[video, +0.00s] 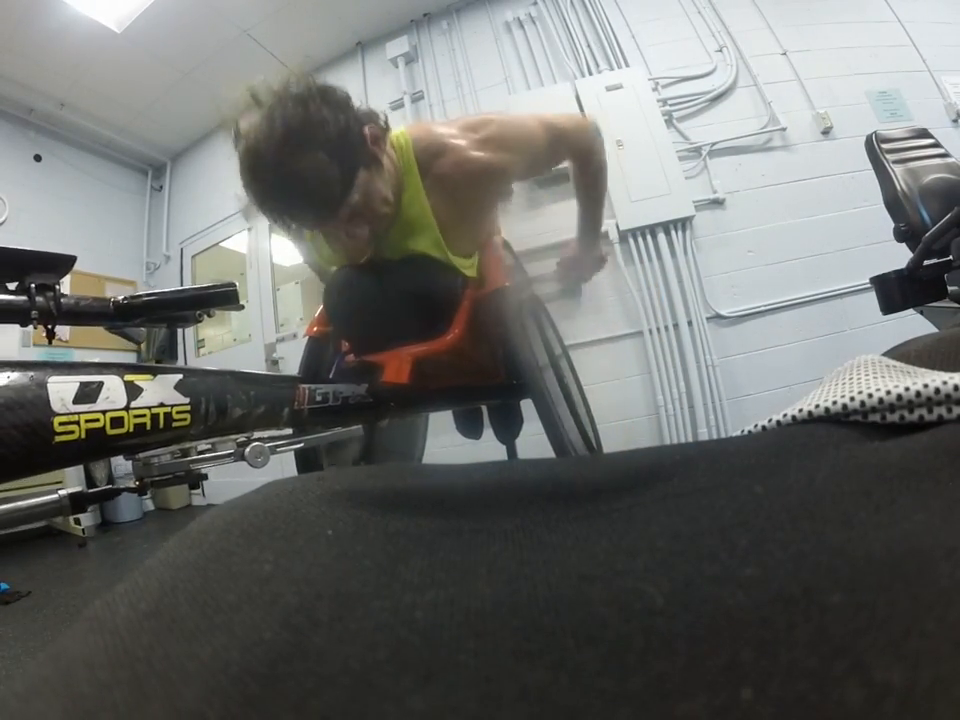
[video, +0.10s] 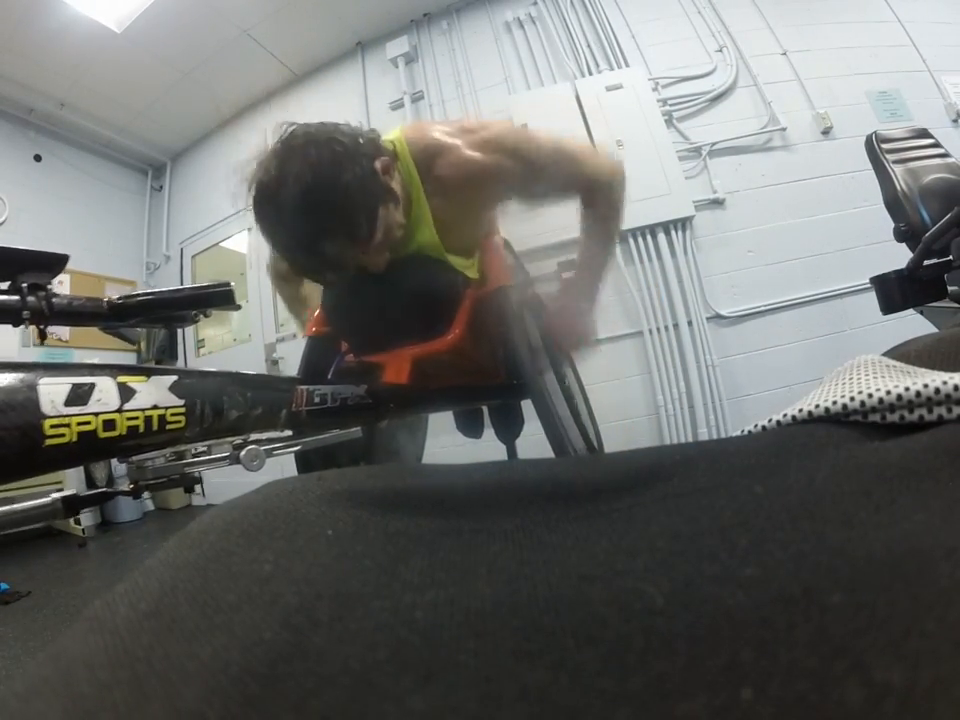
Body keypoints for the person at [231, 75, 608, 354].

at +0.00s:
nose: (348, 241)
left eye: (356, 210)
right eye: (322, 227)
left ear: (376, 145)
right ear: (292, 220)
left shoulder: (464, 159)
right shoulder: (303, 218)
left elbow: (583, 137)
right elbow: (338, 293)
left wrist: (589, 244)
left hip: (471, 286)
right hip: (381, 304)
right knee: (349, 298)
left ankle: (489, 381)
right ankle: (454, 387)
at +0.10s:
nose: (375, 265)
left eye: (376, 238)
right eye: (351, 264)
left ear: (387, 173)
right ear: (307, 250)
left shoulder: (464, 163)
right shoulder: (307, 234)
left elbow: (604, 176)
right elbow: (284, 275)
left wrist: (579, 299)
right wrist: (321, 334)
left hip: (471, 306)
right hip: (376, 330)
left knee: (415, 287)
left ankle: (483, 385)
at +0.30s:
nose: (337, 223)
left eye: (340, 192)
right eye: (311, 214)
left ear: (360, 133)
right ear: (284, 207)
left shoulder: (458, 171)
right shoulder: (296, 233)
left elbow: (567, 250)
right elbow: (329, 324)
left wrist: (601, 337)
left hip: (484, 321)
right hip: (388, 349)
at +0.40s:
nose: (338, 213)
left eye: (344, 186)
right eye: (313, 204)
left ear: (367, 127)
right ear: (290, 196)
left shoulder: (454, 163)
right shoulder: (298, 221)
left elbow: (578, 183)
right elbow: (321, 285)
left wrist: (606, 267)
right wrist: (350, 332)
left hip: (474, 301)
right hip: (381, 323)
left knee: (352, 296)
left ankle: (491, 388)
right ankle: (463, 392)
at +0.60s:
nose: (367, 270)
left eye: (367, 242)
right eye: (344, 270)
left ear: (380, 179)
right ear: (298, 255)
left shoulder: (465, 171)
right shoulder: (309, 239)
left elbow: (597, 227)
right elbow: (299, 310)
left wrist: (590, 369)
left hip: (474, 308)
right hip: (391, 334)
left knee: (404, 283)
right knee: (346, 303)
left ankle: (495, 379)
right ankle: (460, 384)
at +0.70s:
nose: (346, 250)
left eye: (348, 214)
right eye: (318, 239)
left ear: (365, 149)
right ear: (286, 231)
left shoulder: (461, 177)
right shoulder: (296, 255)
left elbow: (563, 276)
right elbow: (335, 339)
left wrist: (599, 371)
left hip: (495, 312)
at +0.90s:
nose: (349, 232)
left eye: (354, 203)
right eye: (321, 220)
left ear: (374, 137)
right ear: (292, 213)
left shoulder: (462, 161)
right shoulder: (298, 220)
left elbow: (583, 154)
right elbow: (330, 285)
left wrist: (600, 248)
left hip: (470, 291)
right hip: (385, 311)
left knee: (352, 295)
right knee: (349, 298)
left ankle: (494, 383)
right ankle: (457, 388)